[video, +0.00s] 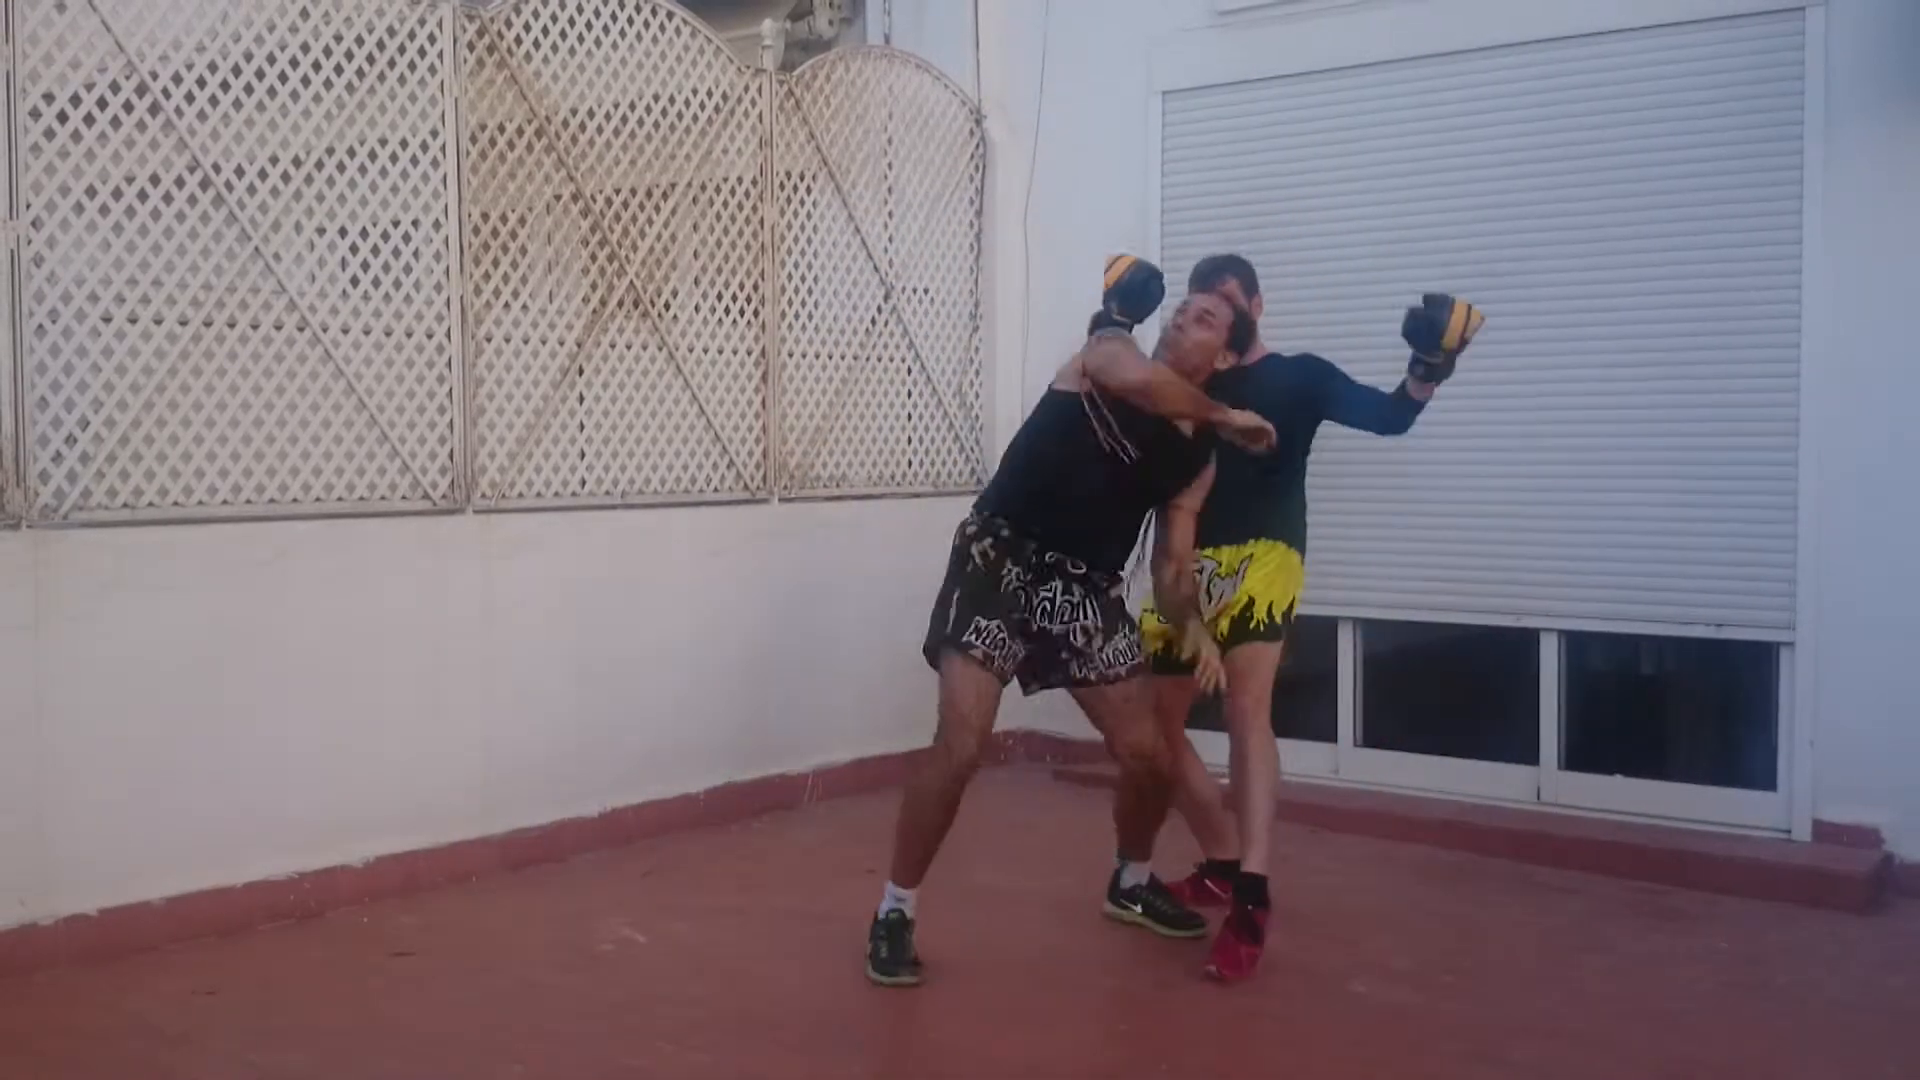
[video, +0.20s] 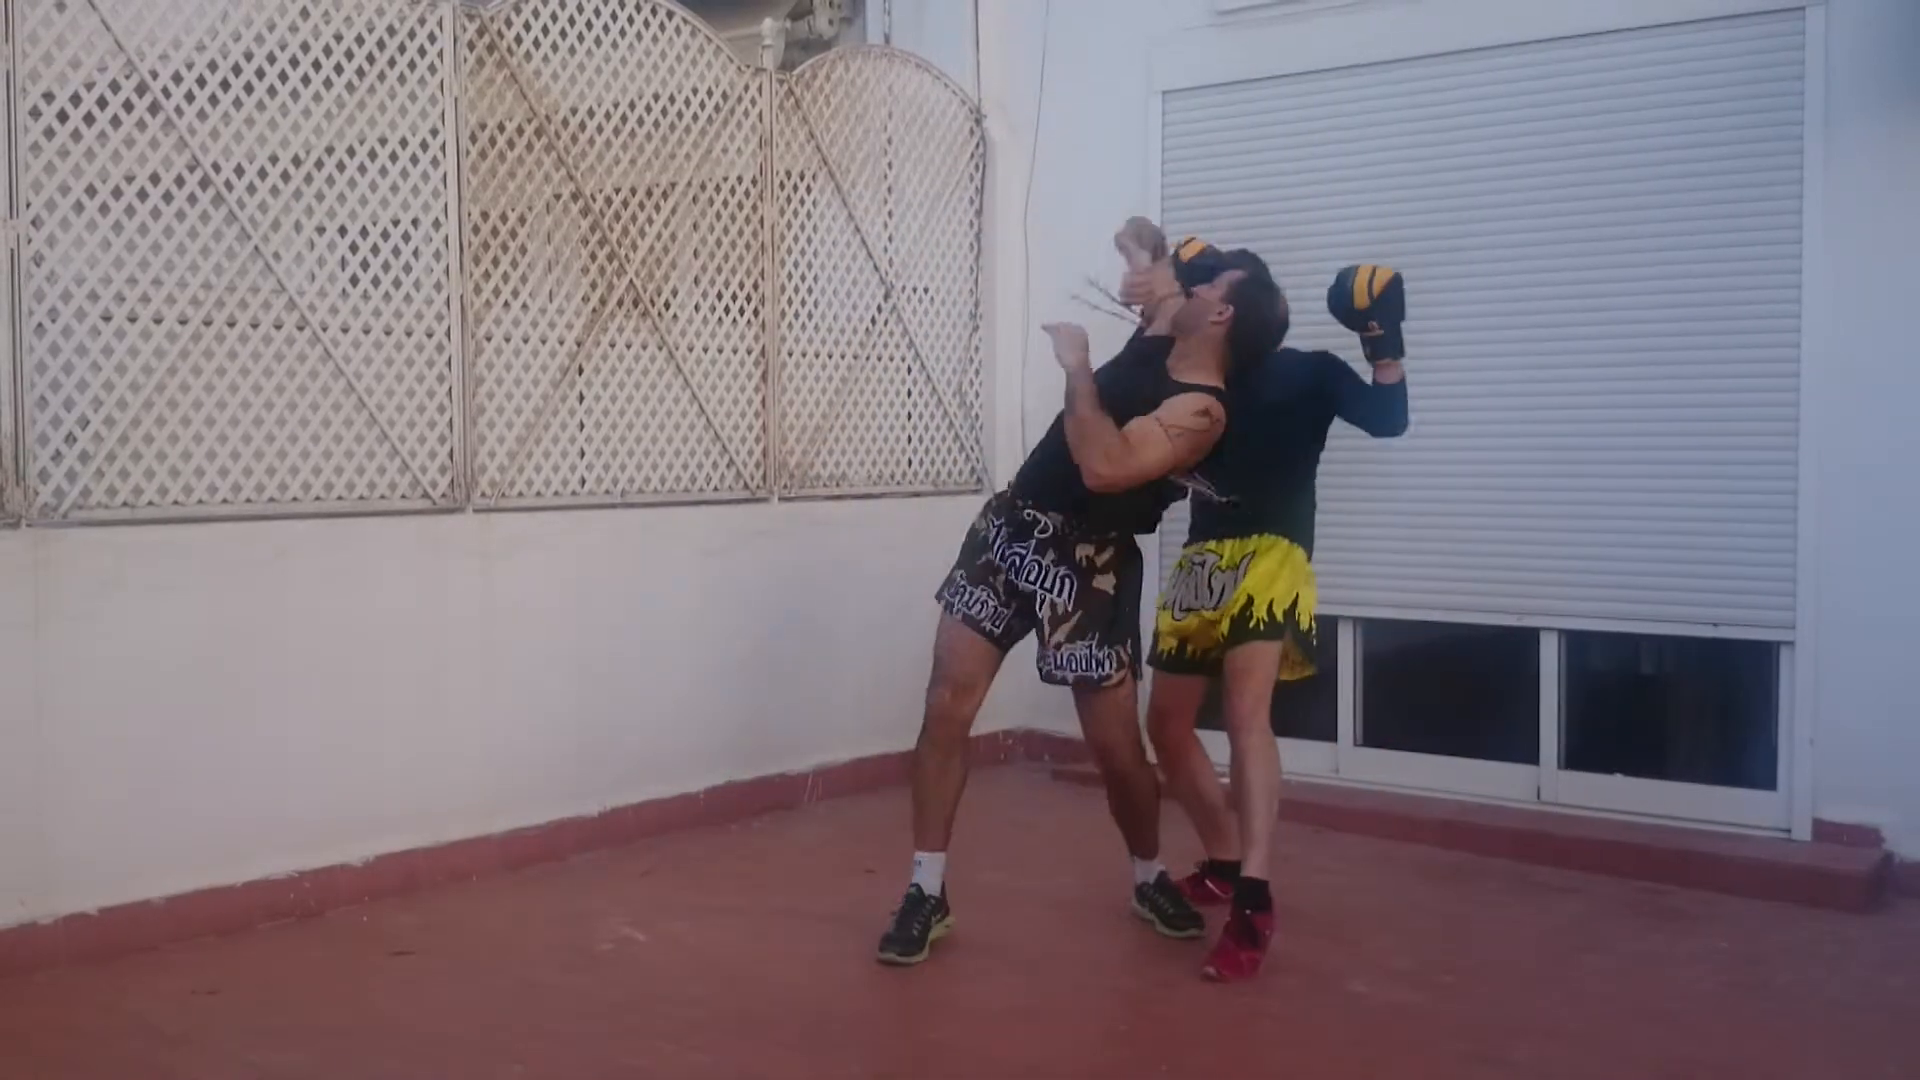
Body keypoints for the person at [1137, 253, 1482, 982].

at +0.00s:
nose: (1210, 311)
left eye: (1223, 301)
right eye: (1202, 300)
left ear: (1253, 309)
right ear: (1191, 310)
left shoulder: (1294, 377)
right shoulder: (1176, 379)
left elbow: (1392, 416)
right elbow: (1104, 388)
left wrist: (1429, 364)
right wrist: (1113, 321)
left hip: (1259, 554)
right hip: (1180, 557)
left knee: (1247, 713)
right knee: (1158, 731)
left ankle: (1251, 888)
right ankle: (1222, 858)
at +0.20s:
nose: (1197, 295)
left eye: (1208, 286)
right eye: (1199, 285)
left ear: (1236, 304)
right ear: (1220, 311)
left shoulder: (1307, 371)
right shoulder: (1199, 372)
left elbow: (1389, 418)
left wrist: (1384, 342)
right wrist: (1165, 308)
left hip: (1270, 550)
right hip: (1199, 554)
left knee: (1246, 712)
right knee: (1168, 727)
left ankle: (1253, 901)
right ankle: (1226, 860)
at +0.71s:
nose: (1309, 305)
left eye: (1321, 291)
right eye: (1304, 294)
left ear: (1365, 289)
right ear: (1306, 297)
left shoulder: (1407, 372)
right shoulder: (1299, 368)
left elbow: (1478, 459)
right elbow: (1215, 385)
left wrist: (1441, 428)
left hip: (1369, 578)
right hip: (1303, 571)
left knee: (1366, 743)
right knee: (1218, 706)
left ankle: (1474, 896)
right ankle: (1226, 865)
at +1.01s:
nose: (1436, 287)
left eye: (1447, 271)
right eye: (1434, 274)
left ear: (1497, 271)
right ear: (1485, 276)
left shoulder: (1556, 357)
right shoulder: (1489, 363)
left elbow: (1579, 484)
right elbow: (1497, 472)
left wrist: (1476, 506)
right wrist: (1434, 476)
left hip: (1542, 578)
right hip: (1480, 570)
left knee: (1491, 754)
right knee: (1417, 717)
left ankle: (1534, 916)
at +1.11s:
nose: (1493, 291)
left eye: (1500, 274)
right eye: (1490, 277)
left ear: (1550, 264)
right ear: (1549, 269)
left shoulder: (1593, 350)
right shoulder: (1584, 345)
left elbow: (1578, 476)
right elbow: (1561, 461)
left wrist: (1472, 455)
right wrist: (1478, 438)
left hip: (1575, 573)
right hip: (1586, 569)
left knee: (1525, 743)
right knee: (1542, 738)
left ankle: (1537, 915)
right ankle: (1657, 875)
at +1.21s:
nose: (1548, 298)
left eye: (1555, 280)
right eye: (1543, 283)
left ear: (1604, 264)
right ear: (1600, 272)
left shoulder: (1666, 334)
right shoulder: (1610, 347)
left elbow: (1640, 433)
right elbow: (1537, 440)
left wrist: (1561, 404)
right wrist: (1492, 387)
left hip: (1643, 567)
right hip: (1644, 564)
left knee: (1554, 735)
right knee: (1651, 748)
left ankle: (1571, 916)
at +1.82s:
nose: (1732, 291)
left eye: (1739, 274)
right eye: (1729, 277)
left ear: (1786, 262)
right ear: (1798, 264)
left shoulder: (1826, 345)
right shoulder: (1859, 336)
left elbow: (1747, 452)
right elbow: (1764, 447)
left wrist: (1687, 358)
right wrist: (1710, 371)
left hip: (1854, 596)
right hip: (1893, 594)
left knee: (1775, 781)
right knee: (1912, 798)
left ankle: (1805, 1006)